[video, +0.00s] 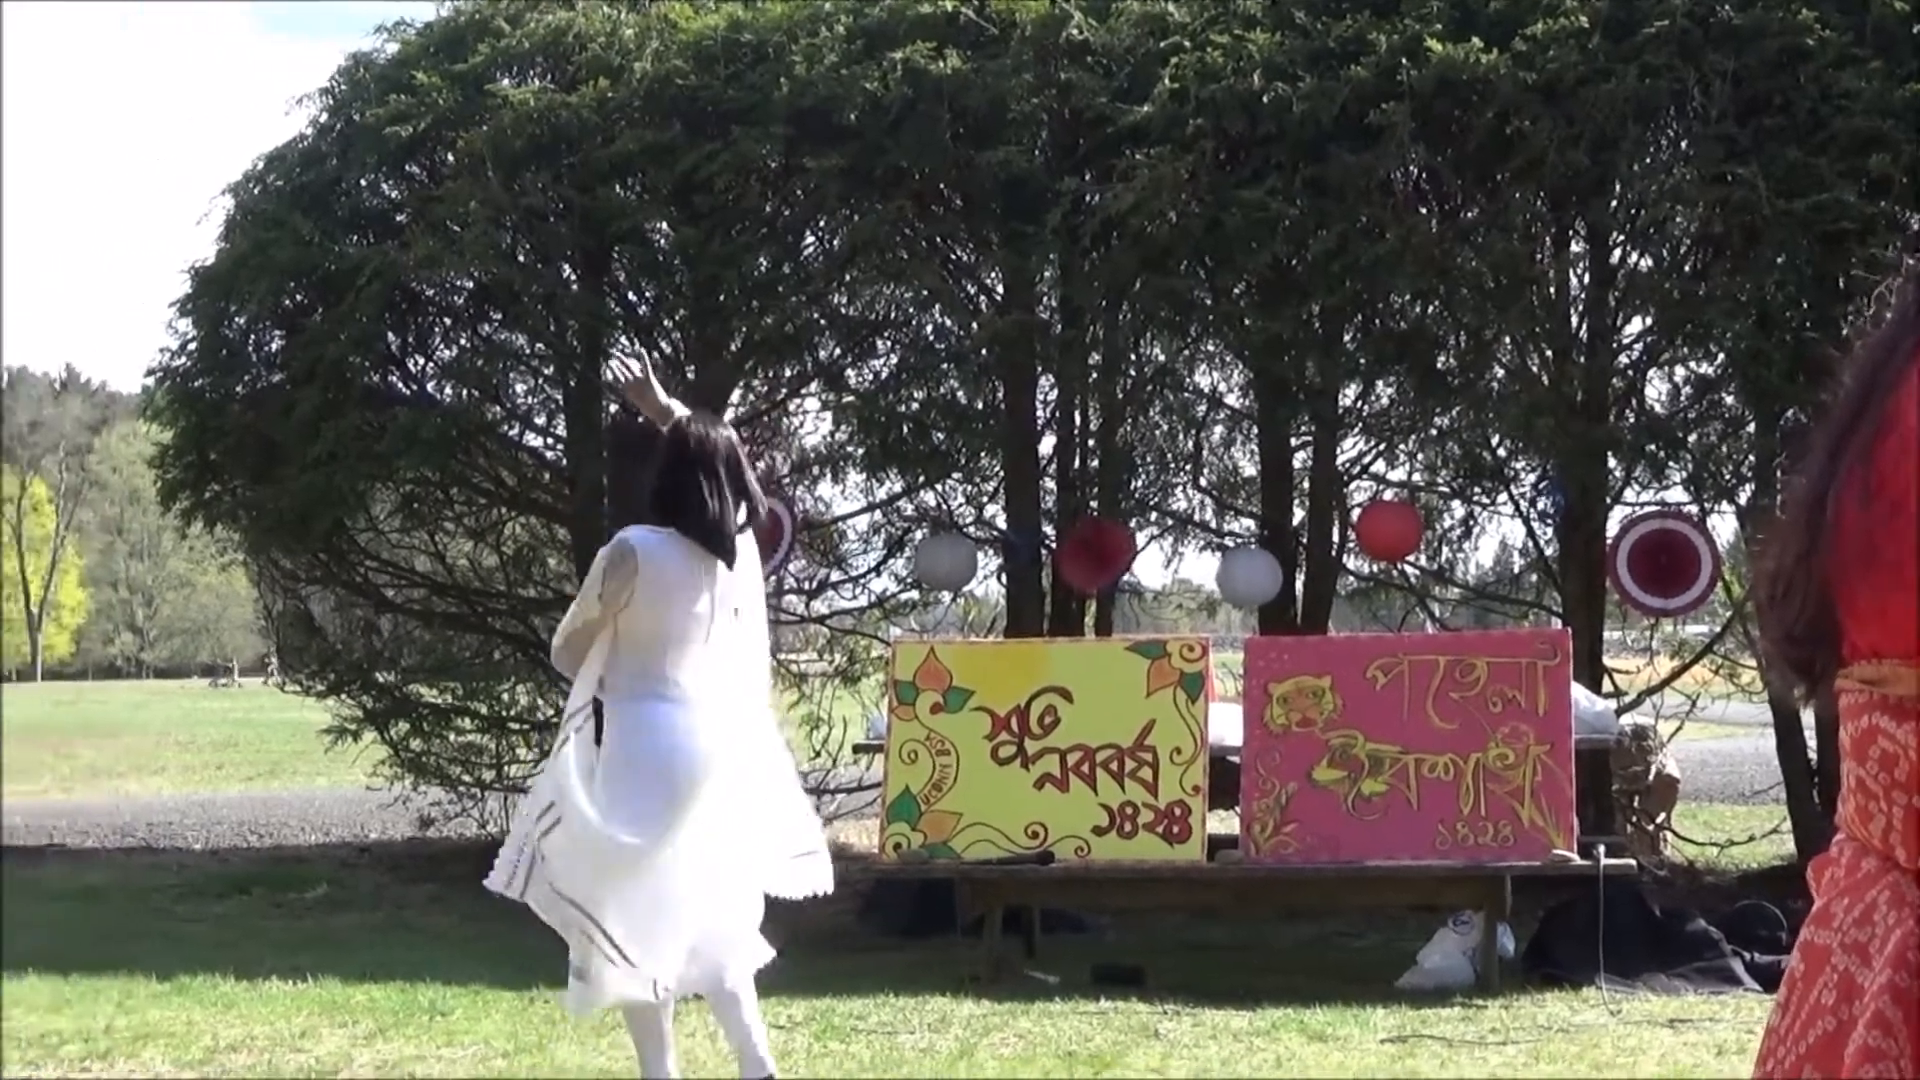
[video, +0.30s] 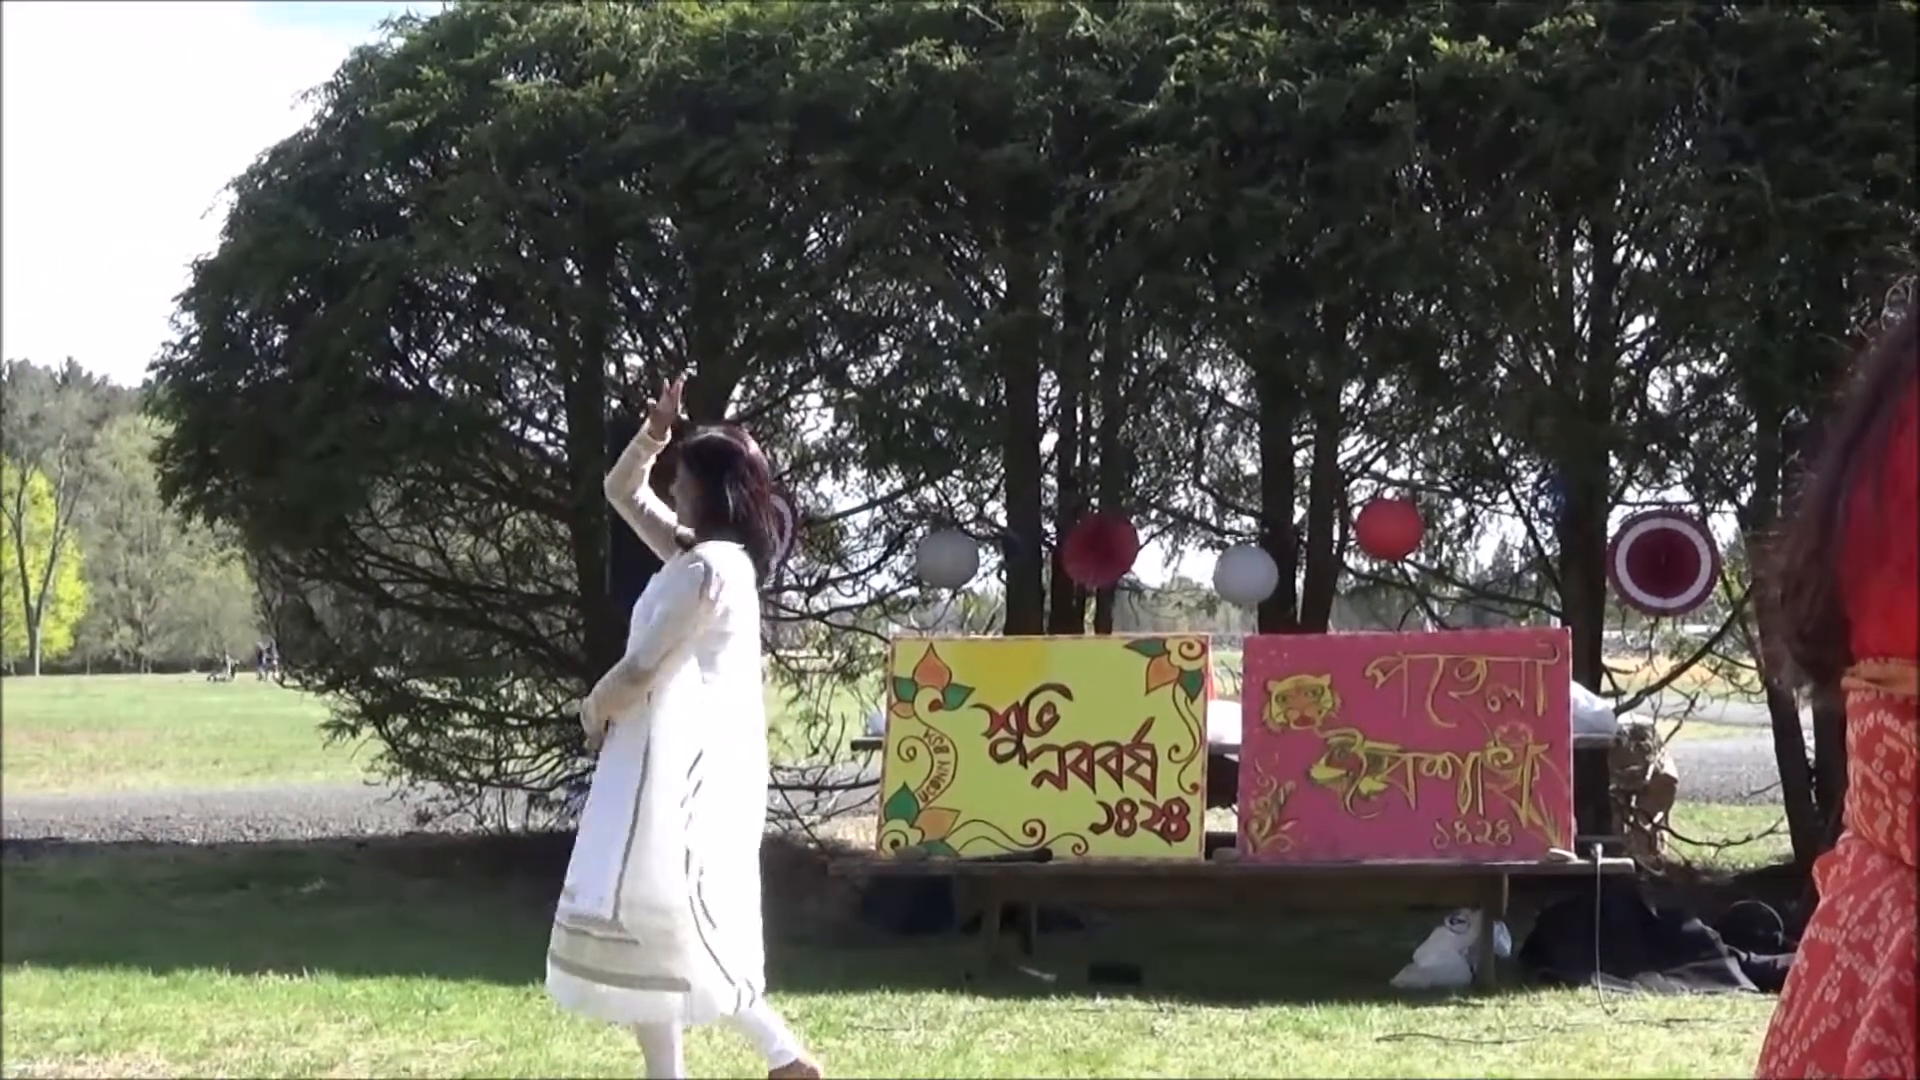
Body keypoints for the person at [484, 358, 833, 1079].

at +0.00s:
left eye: (661, 458)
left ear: (666, 474)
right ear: (734, 481)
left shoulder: (631, 551)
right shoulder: (744, 553)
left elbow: (567, 645)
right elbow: (723, 466)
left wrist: (612, 687)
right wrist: (662, 407)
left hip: (642, 736)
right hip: (720, 735)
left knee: (631, 912)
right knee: (718, 911)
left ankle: (659, 1069)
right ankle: (759, 1065)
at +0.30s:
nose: (671, 492)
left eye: (679, 480)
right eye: (672, 480)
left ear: (716, 490)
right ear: (727, 494)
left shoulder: (700, 567)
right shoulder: (716, 557)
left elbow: (639, 673)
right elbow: (624, 491)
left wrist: (595, 708)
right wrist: (656, 427)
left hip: (667, 784)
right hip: (704, 779)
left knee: (639, 930)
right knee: (695, 929)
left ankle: (664, 1069)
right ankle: (786, 1057)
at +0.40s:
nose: (675, 485)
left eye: (685, 473)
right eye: (677, 473)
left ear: (724, 483)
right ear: (713, 485)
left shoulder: (731, 562)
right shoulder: (684, 547)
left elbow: (676, 666)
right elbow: (603, 491)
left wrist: (604, 708)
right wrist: (654, 423)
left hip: (689, 773)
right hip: (657, 767)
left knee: (657, 929)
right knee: (697, 926)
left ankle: (663, 1070)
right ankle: (768, 1063)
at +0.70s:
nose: (717, 489)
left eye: (734, 477)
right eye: (708, 475)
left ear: (767, 488)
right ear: (698, 484)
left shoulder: (782, 567)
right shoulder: (682, 560)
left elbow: (772, 672)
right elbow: (597, 528)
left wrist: (687, 747)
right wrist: (654, 447)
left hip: (744, 777)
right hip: (676, 771)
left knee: (735, 946)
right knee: (679, 937)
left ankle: (781, 1070)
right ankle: (682, 1072)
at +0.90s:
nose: (745, 491)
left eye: (759, 478)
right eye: (732, 479)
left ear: (785, 489)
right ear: (716, 490)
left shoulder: (805, 566)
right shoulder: (693, 568)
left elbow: (816, 668)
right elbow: (600, 551)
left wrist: (797, 755)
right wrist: (620, 456)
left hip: (774, 769)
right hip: (709, 769)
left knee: (726, 920)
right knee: (745, 928)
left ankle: (695, 1070)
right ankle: (784, 1070)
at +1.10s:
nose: (759, 490)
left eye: (771, 477)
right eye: (746, 478)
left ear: (793, 485)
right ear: (726, 488)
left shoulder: (817, 560)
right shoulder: (694, 563)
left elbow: (857, 661)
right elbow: (591, 561)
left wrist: (893, 740)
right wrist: (573, 465)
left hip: (790, 763)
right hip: (713, 760)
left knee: (751, 911)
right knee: (757, 917)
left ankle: (727, 1068)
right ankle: (787, 1069)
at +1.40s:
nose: (765, 482)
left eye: (775, 469)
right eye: (750, 471)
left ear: (794, 479)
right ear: (727, 483)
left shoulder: (821, 556)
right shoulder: (693, 558)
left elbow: (905, 624)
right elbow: (586, 565)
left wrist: (984, 665)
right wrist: (513, 506)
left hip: (803, 758)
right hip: (723, 756)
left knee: (764, 903)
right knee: (769, 912)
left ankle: (740, 1069)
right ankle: (788, 1069)